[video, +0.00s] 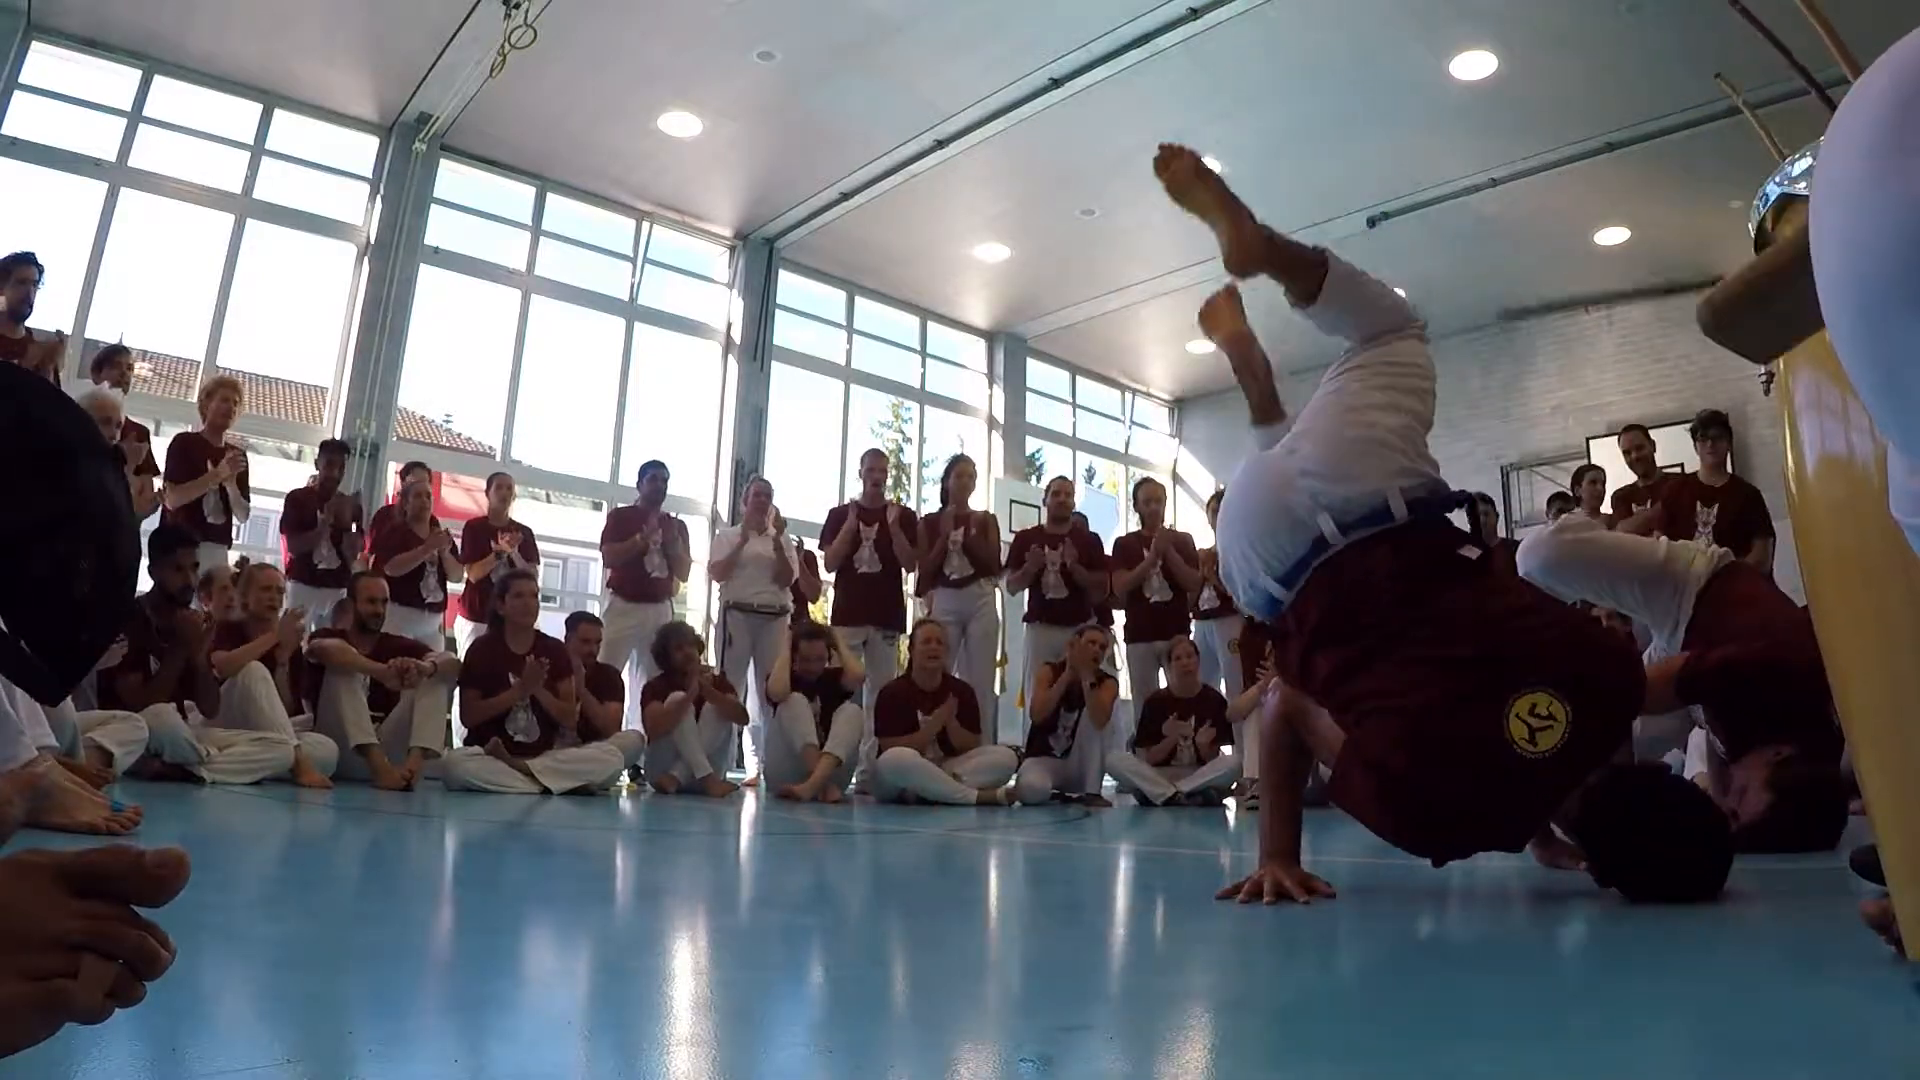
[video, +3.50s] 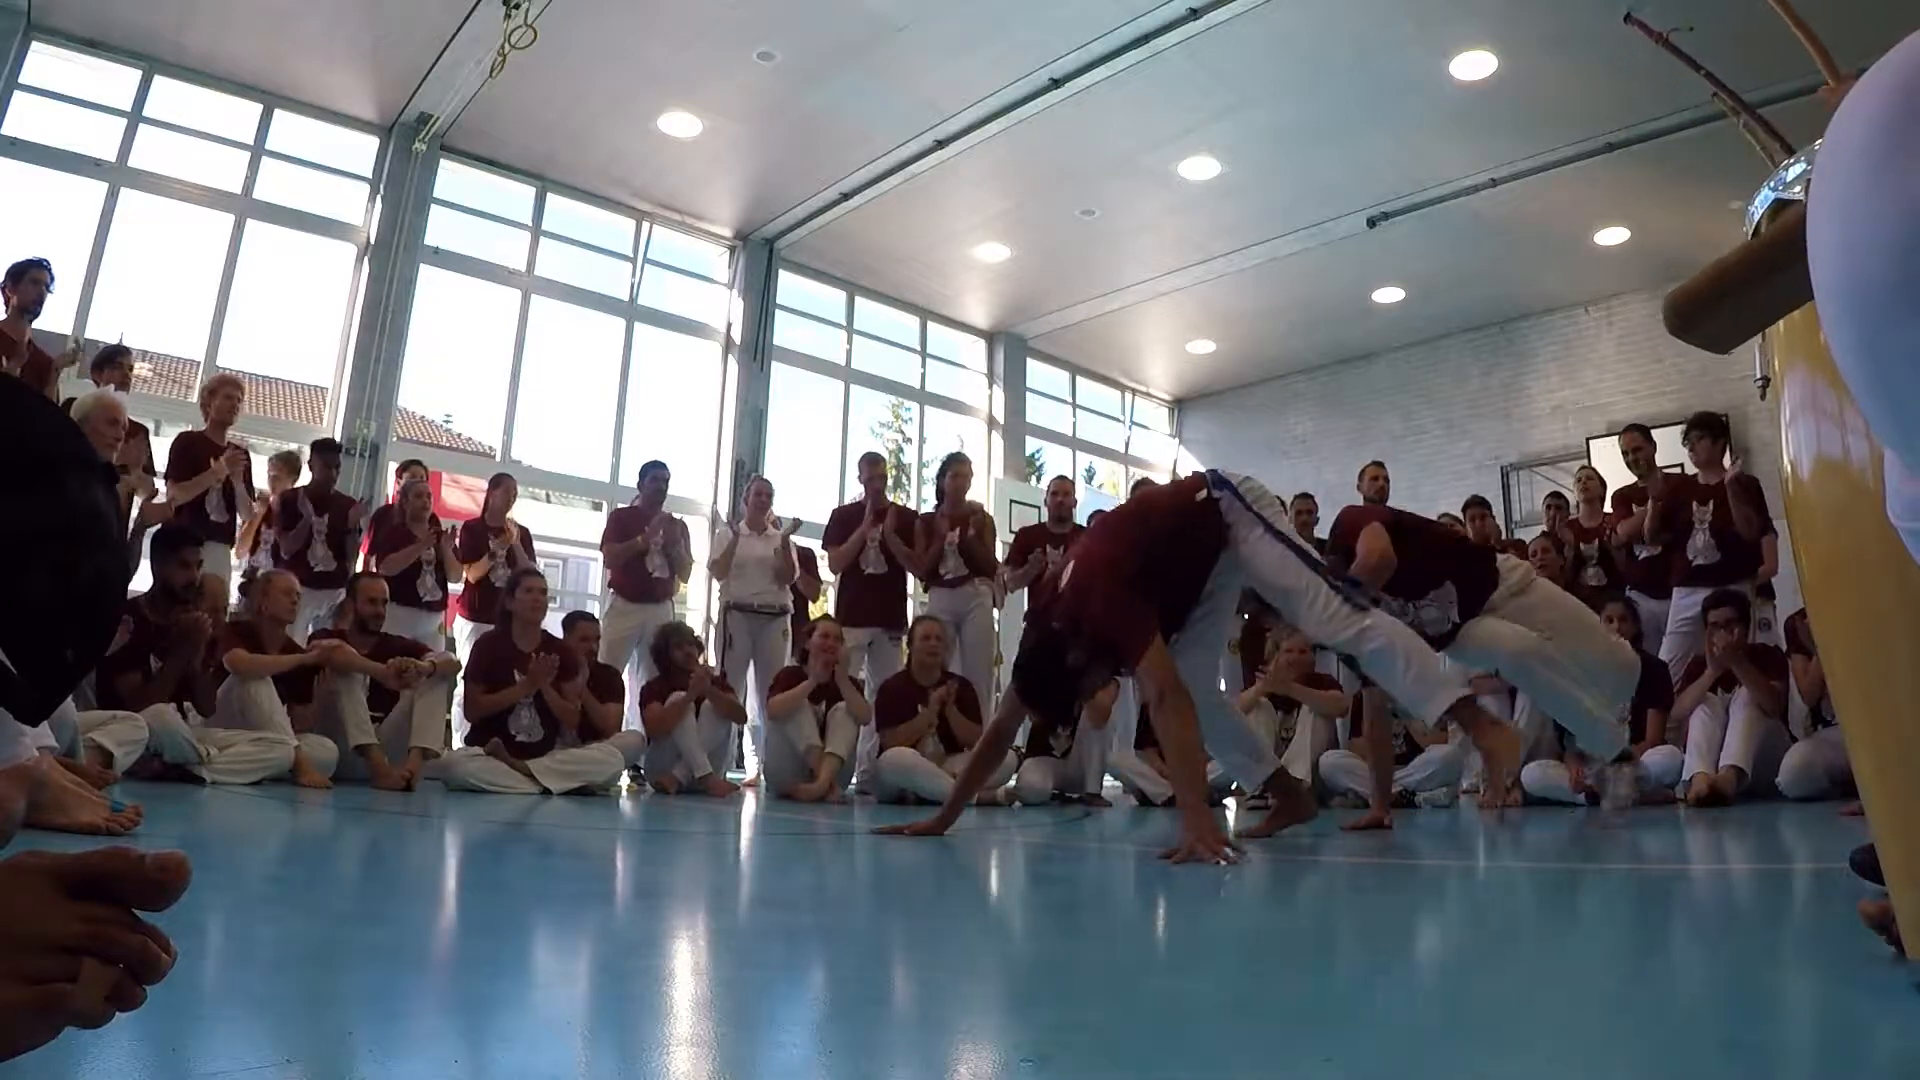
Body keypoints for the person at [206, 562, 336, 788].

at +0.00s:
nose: (274, 598)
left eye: (279, 591)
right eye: (266, 590)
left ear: (284, 597)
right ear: (245, 595)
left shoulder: (290, 642)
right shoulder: (228, 630)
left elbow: (290, 710)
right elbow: (221, 667)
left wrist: (284, 660)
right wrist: (275, 638)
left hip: (274, 733)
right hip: (227, 726)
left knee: (327, 752)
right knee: (253, 671)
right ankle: (299, 762)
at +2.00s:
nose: (273, 597)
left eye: (278, 591)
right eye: (264, 590)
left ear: (283, 596)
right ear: (245, 594)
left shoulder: (288, 643)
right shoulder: (229, 629)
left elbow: (292, 712)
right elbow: (220, 666)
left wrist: (278, 664)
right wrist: (279, 639)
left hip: (271, 732)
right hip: (223, 725)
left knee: (326, 752)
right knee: (253, 672)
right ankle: (299, 763)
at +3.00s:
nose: (276, 597)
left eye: (280, 591)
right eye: (268, 590)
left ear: (285, 597)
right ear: (244, 599)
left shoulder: (286, 645)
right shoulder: (226, 629)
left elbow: (291, 711)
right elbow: (222, 662)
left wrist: (301, 660)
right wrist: (281, 642)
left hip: (268, 733)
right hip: (222, 725)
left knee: (327, 751)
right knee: (253, 671)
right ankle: (298, 761)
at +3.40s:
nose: (291, 599)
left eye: (294, 594)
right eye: (283, 591)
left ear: (297, 600)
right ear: (257, 599)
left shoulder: (295, 650)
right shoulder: (234, 629)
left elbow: (302, 720)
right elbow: (236, 659)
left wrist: (314, 675)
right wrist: (302, 658)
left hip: (270, 734)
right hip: (224, 726)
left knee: (327, 752)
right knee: (253, 674)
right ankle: (299, 762)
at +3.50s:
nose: (295, 601)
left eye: (298, 596)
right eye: (287, 594)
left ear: (301, 601)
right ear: (262, 600)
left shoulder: (298, 654)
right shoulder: (233, 631)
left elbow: (301, 724)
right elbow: (239, 665)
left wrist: (322, 694)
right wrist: (305, 658)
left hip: (269, 736)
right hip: (222, 727)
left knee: (326, 753)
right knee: (253, 678)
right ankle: (298, 762)